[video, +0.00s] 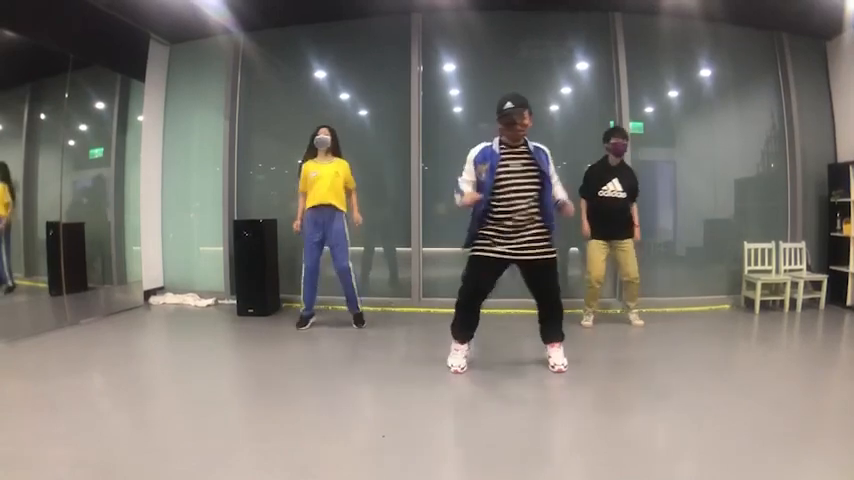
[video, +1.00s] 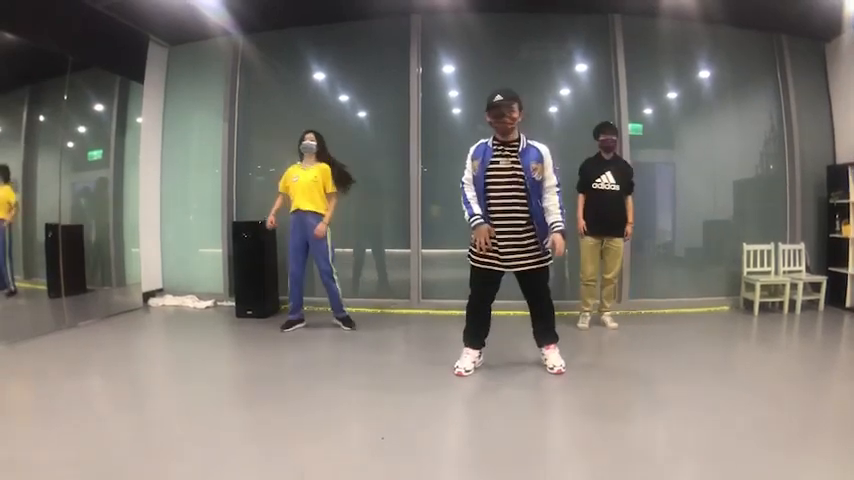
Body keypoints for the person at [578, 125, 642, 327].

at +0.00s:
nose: (619, 148)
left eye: (623, 144)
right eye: (615, 144)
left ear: (627, 146)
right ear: (606, 145)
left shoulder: (628, 172)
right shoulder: (593, 170)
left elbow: (632, 202)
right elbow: (584, 198)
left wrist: (636, 227)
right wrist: (585, 222)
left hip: (623, 234)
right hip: (598, 234)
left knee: (632, 276)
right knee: (595, 277)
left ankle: (632, 309)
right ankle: (589, 311)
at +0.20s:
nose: (640, 150)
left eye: (643, 146)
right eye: (636, 146)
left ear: (645, 147)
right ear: (627, 145)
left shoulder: (635, 168)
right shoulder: (617, 162)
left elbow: (633, 194)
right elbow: (597, 184)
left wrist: (645, 210)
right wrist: (608, 209)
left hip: (628, 231)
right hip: (606, 230)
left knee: (635, 273)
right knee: (594, 274)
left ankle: (628, 311)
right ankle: (574, 309)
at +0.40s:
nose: (649, 160)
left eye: (651, 156)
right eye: (645, 156)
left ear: (653, 156)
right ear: (635, 156)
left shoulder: (645, 181)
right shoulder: (625, 173)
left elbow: (649, 207)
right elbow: (616, 200)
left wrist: (649, 228)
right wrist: (621, 228)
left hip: (629, 239)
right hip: (608, 238)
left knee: (640, 276)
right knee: (597, 280)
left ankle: (627, 313)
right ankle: (572, 311)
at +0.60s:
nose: (650, 161)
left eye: (652, 157)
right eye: (646, 157)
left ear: (655, 159)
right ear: (636, 157)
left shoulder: (647, 185)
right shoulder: (618, 174)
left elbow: (648, 214)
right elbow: (606, 202)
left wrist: (648, 238)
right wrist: (616, 230)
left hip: (630, 239)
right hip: (605, 236)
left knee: (640, 277)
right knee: (605, 279)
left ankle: (627, 313)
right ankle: (587, 311)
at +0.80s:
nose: (624, 145)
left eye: (628, 142)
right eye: (620, 141)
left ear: (633, 147)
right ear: (613, 143)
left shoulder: (632, 174)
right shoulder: (598, 165)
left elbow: (638, 206)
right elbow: (586, 190)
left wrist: (642, 233)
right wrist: (589, 216)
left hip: (622, 234)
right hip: (596, 232)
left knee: (627, 277)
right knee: (592, 278)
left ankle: (626, 313)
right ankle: (586, 313)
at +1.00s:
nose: (608, 143)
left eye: (612, 139)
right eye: (604, 139)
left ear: (617, 140)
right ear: (597, 141)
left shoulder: (624, 167)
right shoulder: (588, 165)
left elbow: (628, 197)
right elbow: (581, 194)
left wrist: (629, 223)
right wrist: (580, 218)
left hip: (616, 230)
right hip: (591, 229)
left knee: (611, 275)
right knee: (588, 275)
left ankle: (606, 311)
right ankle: (586, 311)